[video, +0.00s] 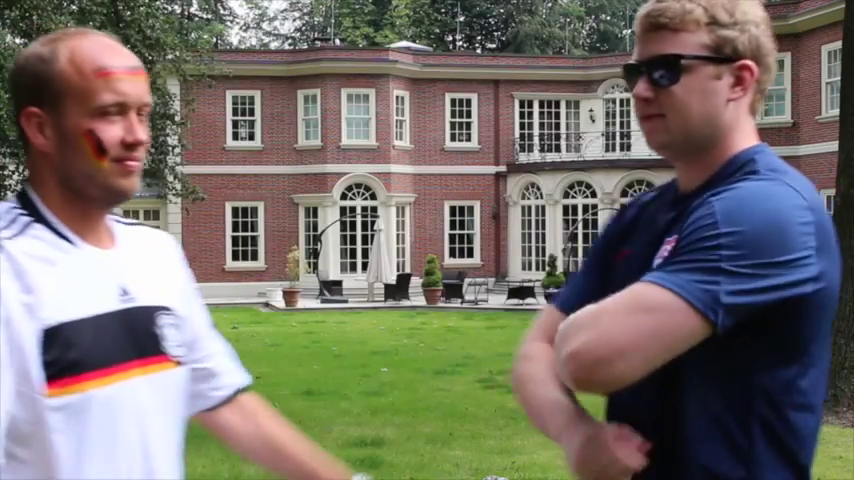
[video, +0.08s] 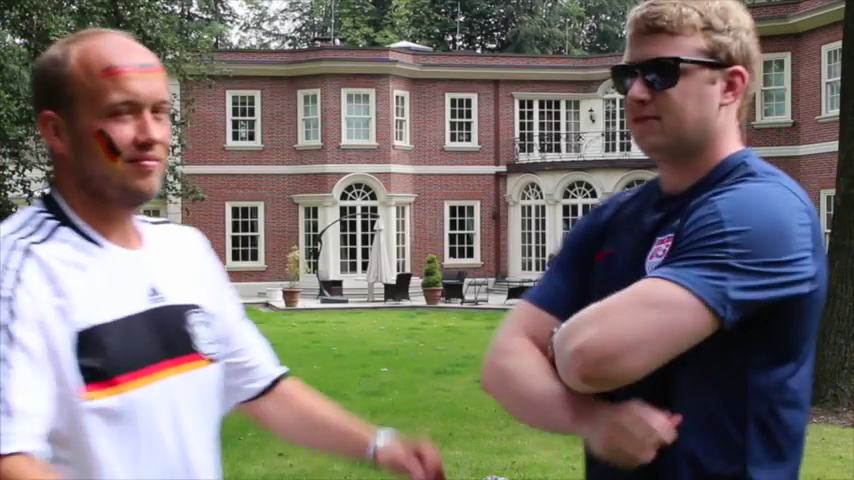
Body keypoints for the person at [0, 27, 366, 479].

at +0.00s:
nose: (138, 136)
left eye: (143, 114)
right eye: (111, 112)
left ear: (150, 117)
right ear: (38, 128)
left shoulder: (158, 254)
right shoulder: (11, 268)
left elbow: (228, 401)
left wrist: (343, 475)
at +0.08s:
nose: (151, 135)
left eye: (159, 112)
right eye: (123, 113)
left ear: (172, 120)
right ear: (55, 132)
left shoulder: (186, 250)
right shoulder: (21, 269)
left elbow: (265, 388)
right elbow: (12, 458)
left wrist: (378, 445)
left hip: (197, 471)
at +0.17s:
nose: (168, 135)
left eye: (180, 111)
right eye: (138, 114)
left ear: (194, 122)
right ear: (75, 134)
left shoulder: (218, 247)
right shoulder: (42, 267)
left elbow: (300, 372)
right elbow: (51, 449)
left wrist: (374, 416)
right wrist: (255, 471)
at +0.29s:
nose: (199, 132)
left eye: (215, 109)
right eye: (170, 111)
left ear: (233, 121)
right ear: (117, 128)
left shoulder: (268, 241)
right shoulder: (76, 253)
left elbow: (366, 397)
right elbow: (105, 408)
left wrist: (385, 375)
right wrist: (316, 361)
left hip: (265, 474)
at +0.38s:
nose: (223, 130)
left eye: (241, 108)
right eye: (195, 109)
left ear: (262, 121)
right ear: (147, 124)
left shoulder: (303, 239)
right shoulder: (100, 241)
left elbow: (405, 395)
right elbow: (121, 370)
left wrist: (307, 337)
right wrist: (339, 292)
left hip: (287, 470)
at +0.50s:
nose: (258, 130)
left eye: (278, 108)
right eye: (232, 107)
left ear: (302, 125)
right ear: (189, 125)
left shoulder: (349, 240)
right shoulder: (135, 225)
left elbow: (415, 385)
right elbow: (116, 322)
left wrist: (251, 307)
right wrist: (326, 256)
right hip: (174, 471)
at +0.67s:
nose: (301, 122)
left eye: (323, 103)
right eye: (279, 100)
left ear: (349, 121)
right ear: (240, 116)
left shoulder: (400, 235)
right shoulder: (187, 207)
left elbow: (402, 371)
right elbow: (119, 284)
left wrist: (220, 294)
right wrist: (313, 282)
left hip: (361, 473)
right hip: (209, 472)